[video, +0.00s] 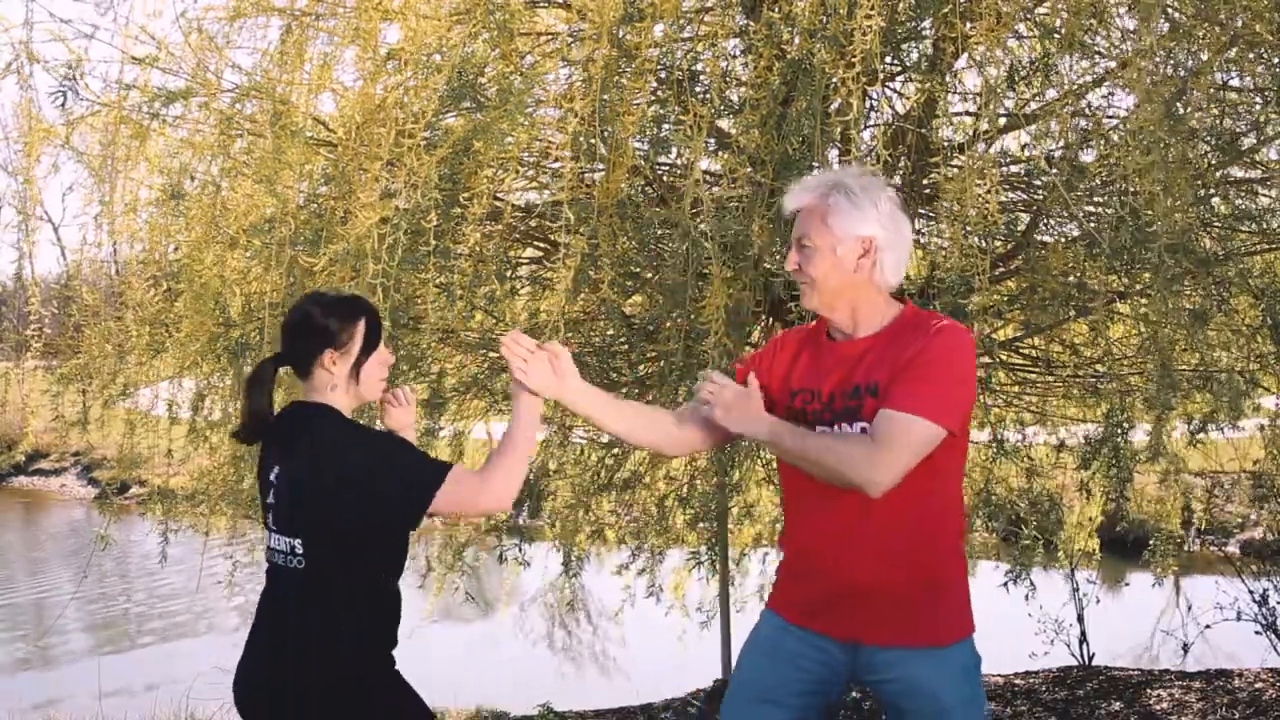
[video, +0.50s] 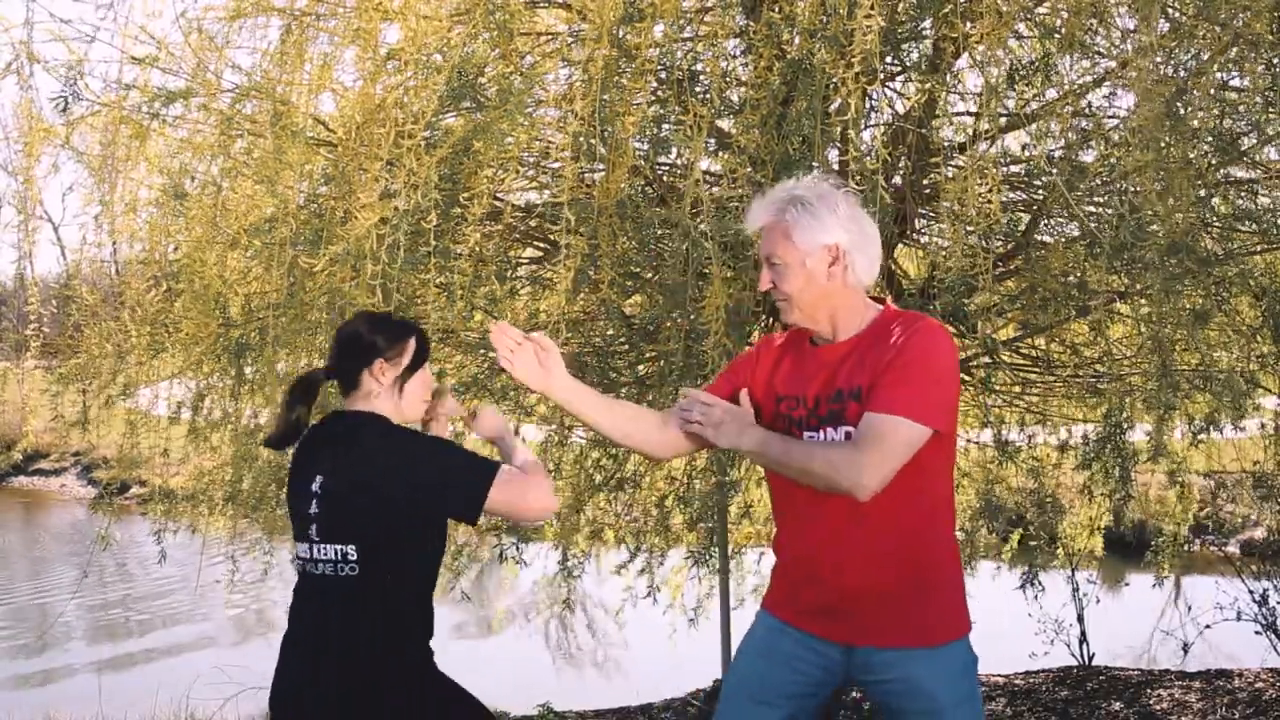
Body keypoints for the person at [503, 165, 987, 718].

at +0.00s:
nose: (790, 264)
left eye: (805, 247)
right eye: (792, 247)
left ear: (863, 253)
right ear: (855, 253)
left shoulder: (940, 344)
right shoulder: (786, 354)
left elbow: (877, 469)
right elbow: (681, 430)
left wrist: (759, 425)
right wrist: (573, 390)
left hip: (922, 640)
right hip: (797, 627)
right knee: (741, 711)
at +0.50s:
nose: (762, 282)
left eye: (774, 264)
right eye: (761, 266)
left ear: (834, 260)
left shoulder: (920, 343)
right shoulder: (768, 360)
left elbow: (863, 472)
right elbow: (665, 435)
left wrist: (749, 438)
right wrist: (561, 386)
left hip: (917, 640)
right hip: (793, 629)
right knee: (735, 711)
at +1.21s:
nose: (846, 284)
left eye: (864, 271)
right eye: (848, 266)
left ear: (924, 283)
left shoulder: (961, 379)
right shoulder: (832, 353)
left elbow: (827, 461)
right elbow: (754, 457)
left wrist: (728, 388)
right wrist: (731, 545)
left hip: (936, 644)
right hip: (818, 627)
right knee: (760, 710)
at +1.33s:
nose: (847, 277)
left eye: (865, 264)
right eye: (849, 261)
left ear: (925, 278)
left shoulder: (956, 376)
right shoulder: (838, 349)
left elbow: (807, 444)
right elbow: (768, 434)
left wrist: (701, 422)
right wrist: (734, 508)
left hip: (929, 643)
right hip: (815, 625)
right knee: (759, 710)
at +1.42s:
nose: (843, 271)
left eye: (863, 258)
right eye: (846, 254)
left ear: (922, 274)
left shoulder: (945, 370)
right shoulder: (834, 349)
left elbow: (794, 434)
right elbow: (785, 444)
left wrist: (687, 413)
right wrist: (767, 502)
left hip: (926, 642)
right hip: (813, 627)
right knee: (759, 710)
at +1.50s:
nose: (845, 267)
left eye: (865, 254)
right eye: (846, 250)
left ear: (922, 270)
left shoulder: (933, 358)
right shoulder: (832, 347)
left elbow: (792, 449)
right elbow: (790, 451)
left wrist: (718, 462)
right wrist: (801, 489)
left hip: (920, 640)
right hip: (811, 627)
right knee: (758, 710)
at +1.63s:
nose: (841, 263)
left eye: (863, 251)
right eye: (842, 247)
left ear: (918, 269)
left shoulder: (921, 351)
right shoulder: (830, 346)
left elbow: (791, 471)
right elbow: (779, 448)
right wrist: (807, 508)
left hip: (913, 640)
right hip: (809, 624)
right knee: (751, 712)